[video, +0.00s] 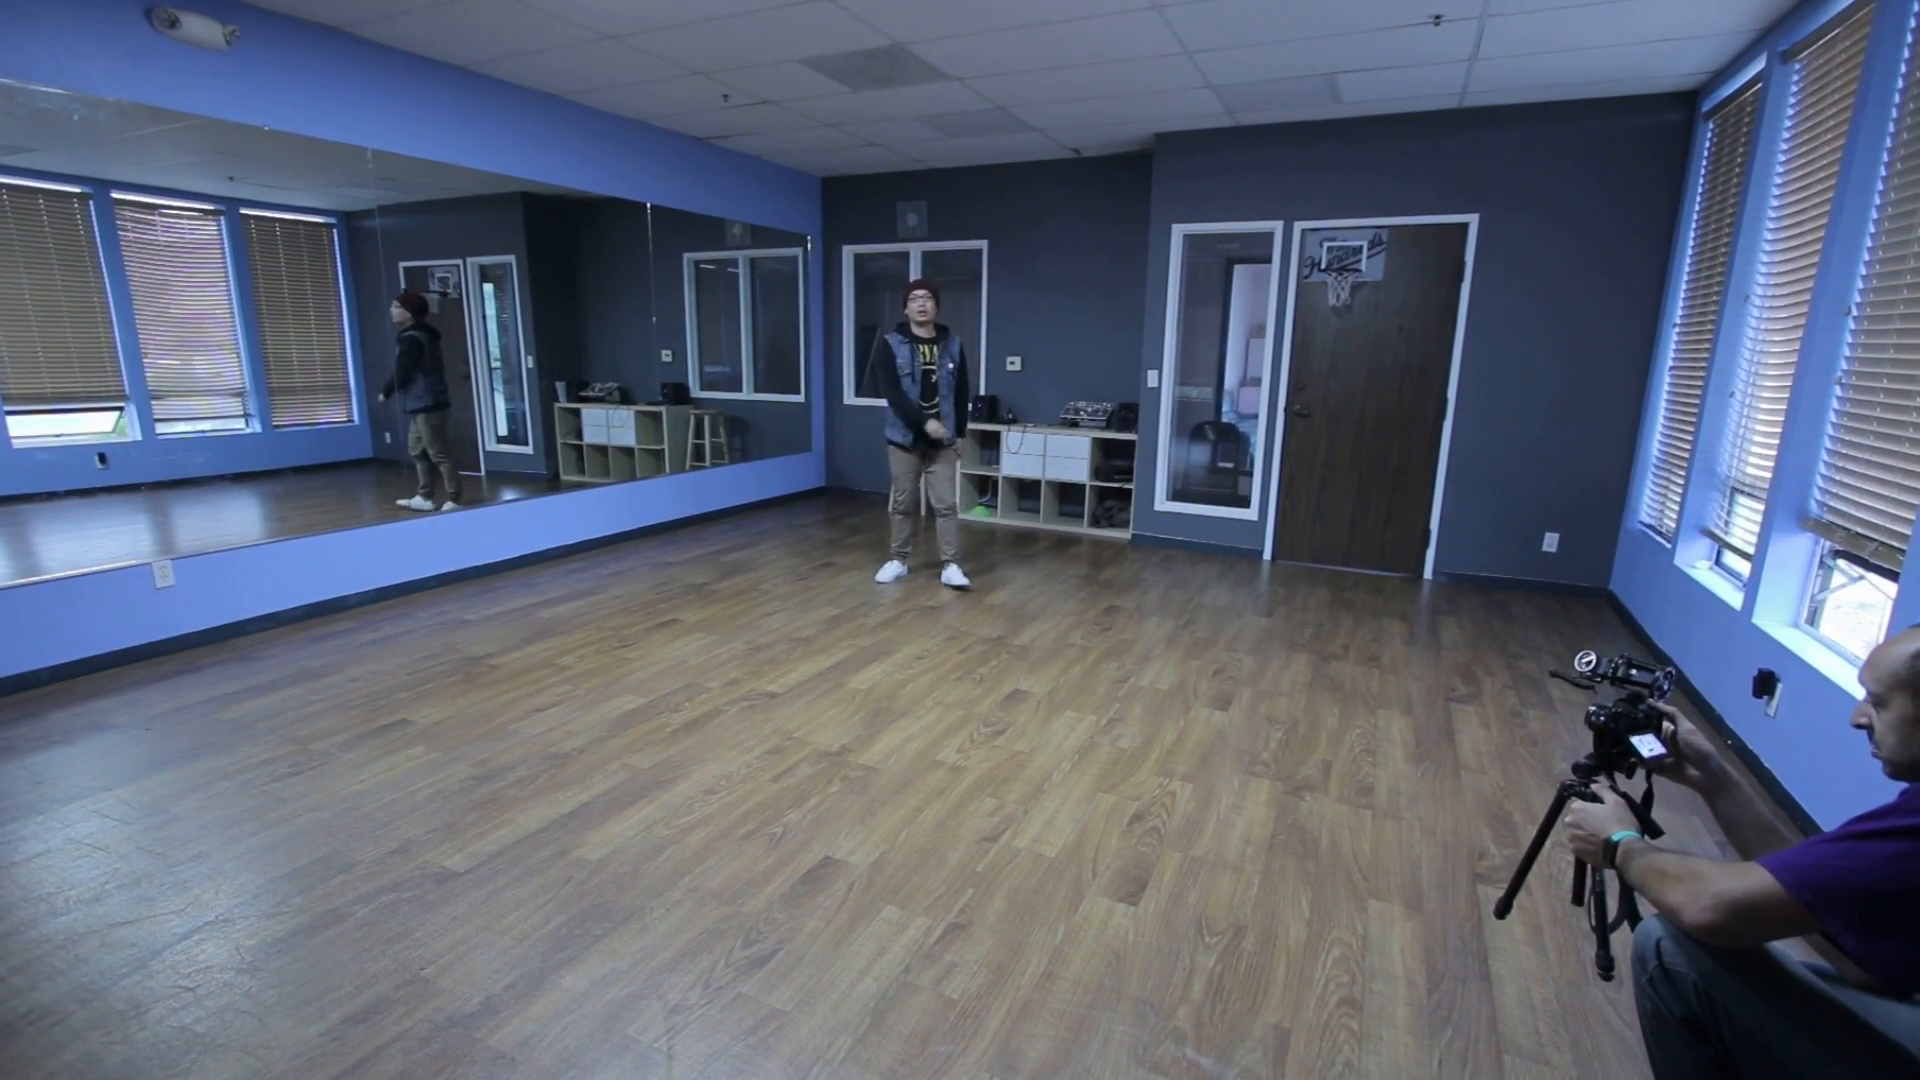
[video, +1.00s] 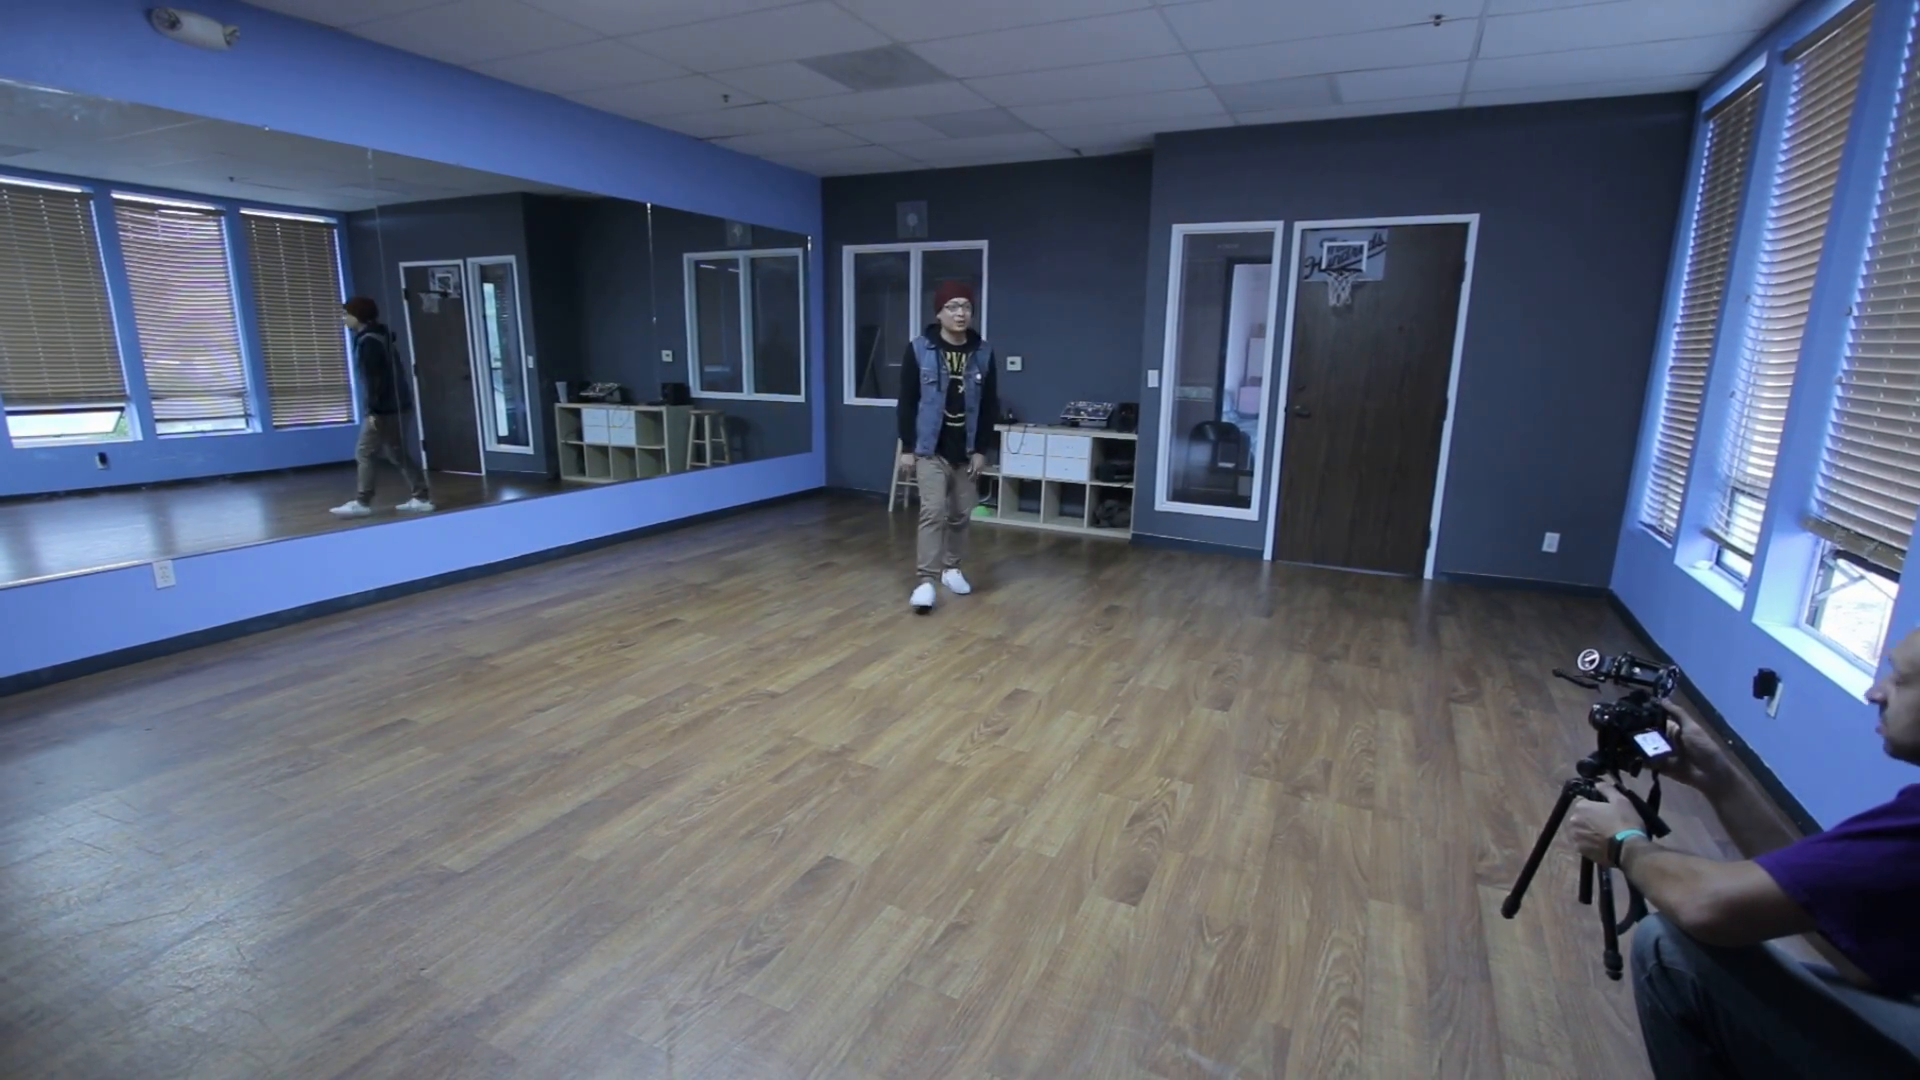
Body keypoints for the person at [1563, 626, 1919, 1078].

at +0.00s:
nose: (1858, 720)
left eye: (1878, 701)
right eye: (1866, 699)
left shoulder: (1912, 816)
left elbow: (1713, 909)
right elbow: (1866, 959)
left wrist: (1619, 843)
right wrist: (1713, 779)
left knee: (1673, 950)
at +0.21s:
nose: (1858, 719)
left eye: (1878, 701)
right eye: (1866, 699)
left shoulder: (1912, 816)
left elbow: (1714, 910)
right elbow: (1866, 959)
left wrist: (1620, 845)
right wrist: (1714, 780)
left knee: (1673, 951)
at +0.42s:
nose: (1859, 721)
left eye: (1879, 703)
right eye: (1867, 701)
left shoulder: (1912, 818)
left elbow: (1714, 910)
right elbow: (1864, 960)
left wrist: (1619, 844)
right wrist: (1716, 780)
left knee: (1673, 951)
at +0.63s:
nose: (1861, 719)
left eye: (1882, 702)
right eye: (1870, 699)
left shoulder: (1912, 818)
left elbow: (1713, 909)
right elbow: (1865, 959)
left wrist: (1620, 843)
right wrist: (1718, 779)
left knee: (1673, 951)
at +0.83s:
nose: (1862, 718)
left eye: (1884, 701)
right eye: (1872, 698)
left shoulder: (1913, 817)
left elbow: (1710, 909)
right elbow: (1865, 958)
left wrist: (1623, 843)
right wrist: (1719, 779)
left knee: (1673, 950)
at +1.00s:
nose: (1875, 692)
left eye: (1897, 678)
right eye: (1887, 675)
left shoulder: (1913, 815)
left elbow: (1709, 908)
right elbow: (1867, 957)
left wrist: (1623, 842)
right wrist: (1720, 781)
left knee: (1672, 949)